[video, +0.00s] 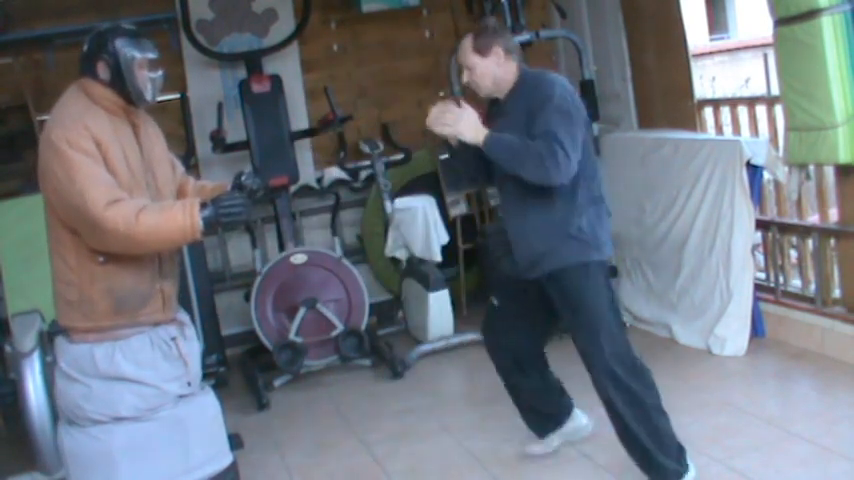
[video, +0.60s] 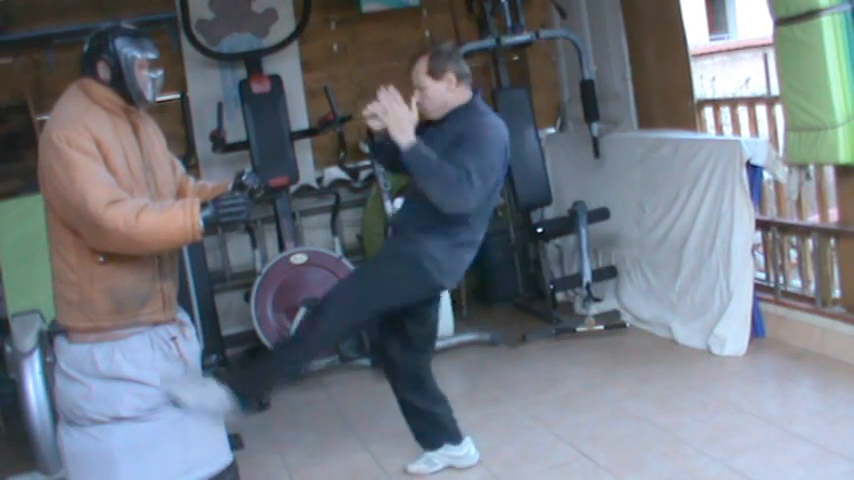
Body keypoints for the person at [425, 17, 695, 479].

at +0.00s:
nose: (465, 80)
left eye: (469, 69)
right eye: (462, 71)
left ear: (497, 58)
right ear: (490, 63)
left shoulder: (553, 92)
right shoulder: (495, 111)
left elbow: (555, 165)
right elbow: (466, 176)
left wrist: (480, 136)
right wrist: (455, 138)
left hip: (574, 251)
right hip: (528, 257)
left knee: (608, 360)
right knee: (505, 336)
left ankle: (672, 469)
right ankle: (559, 421)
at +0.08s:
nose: (456, 71)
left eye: (460, 60)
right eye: (454, 62)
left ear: (488, 49)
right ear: (483, 53)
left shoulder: (530, 81)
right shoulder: (502, 95)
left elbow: (525, 151)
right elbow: (490, 162)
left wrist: (452, 127)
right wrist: (452, 133)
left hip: (563, 238)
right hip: (524, 242)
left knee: (604, 350)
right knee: (508, 334)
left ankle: (664, 463)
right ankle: (519, 434)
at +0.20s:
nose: (445, 90)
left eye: (449, 79)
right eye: (443, 81)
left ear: (478, 70)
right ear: (477, 72)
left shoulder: (509, 107)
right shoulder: (501, 104)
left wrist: (400, 108)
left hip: (556, 259)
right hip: (521, 261)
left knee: (602, 364)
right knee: (487, 346)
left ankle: (675, 463)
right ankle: (464, 440)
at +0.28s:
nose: (429, 89)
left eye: (434, 79)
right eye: (428, 81)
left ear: (462, 73)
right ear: (463, 74)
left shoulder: (491, 110)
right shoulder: (488, 108)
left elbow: (413, 136)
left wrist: (397, 87)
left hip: (536, 262)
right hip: (501, 265)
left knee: (587, 364)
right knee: (462, 345)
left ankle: (671, 457)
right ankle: (455, 446)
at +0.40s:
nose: (415, 84)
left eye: (420, 74)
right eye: (414, 76)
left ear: (450, 69)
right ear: (450, 71)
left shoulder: (477, 108)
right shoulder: (465, 107)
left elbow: (404, 133)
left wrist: (378, 80)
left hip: (490, 260)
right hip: (458, 259)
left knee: (476, 354)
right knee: (427, 352)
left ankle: (575, 424)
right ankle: (450, 447)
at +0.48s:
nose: (416, 91)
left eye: (420, 81)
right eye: (414, 83)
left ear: (448, 73)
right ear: (447, 75)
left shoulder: (481, 116)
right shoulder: (469, 113)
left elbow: (420, 151)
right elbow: (424, 154)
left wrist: (384, 99)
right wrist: (386, 133)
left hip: (463, 250)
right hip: (450, 247)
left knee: (399, 328)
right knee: (415, 341)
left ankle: (452, 439)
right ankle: (439, 447)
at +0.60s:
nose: (415, 96)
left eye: (421, 88)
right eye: (414, 88)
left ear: (453, 84)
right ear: (449, 84)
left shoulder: (486, 129)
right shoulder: (440, 120)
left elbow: (460, 196)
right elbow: (401, 166)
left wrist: (409, 140)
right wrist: (380, 135)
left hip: (432, 256)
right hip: (408, 249)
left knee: (337, 309)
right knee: (401, 350)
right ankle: (449, 444)